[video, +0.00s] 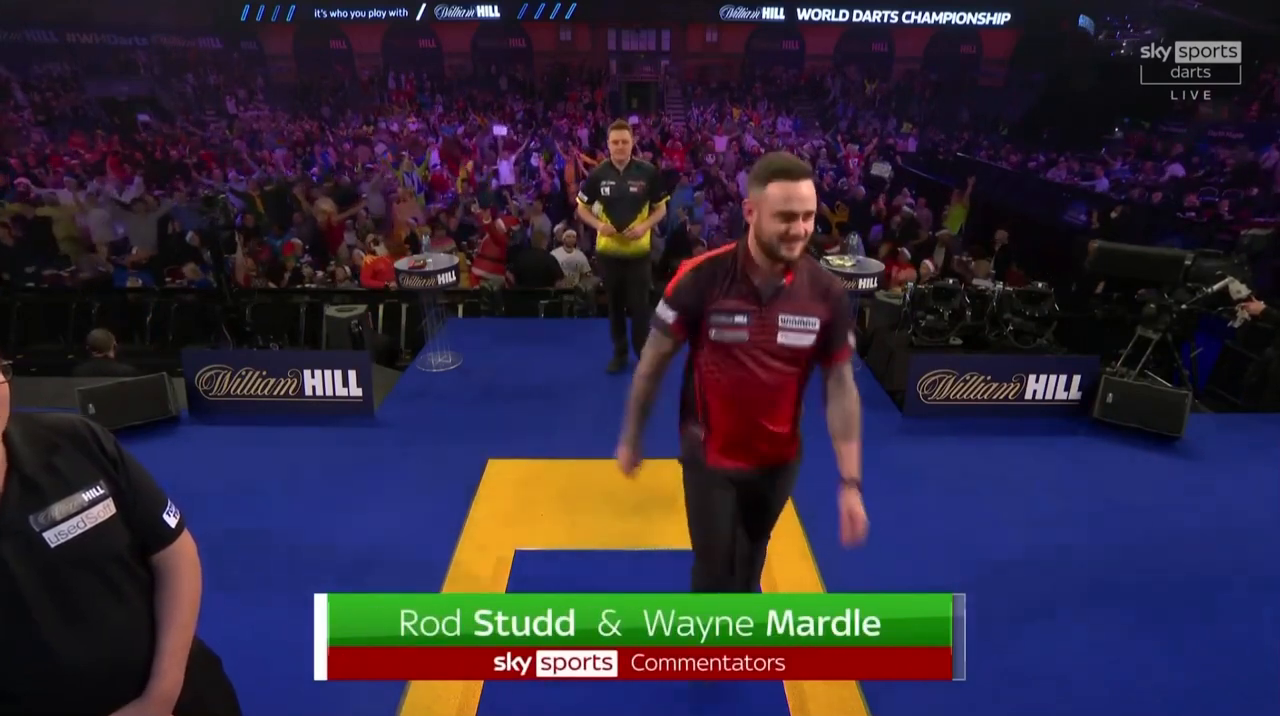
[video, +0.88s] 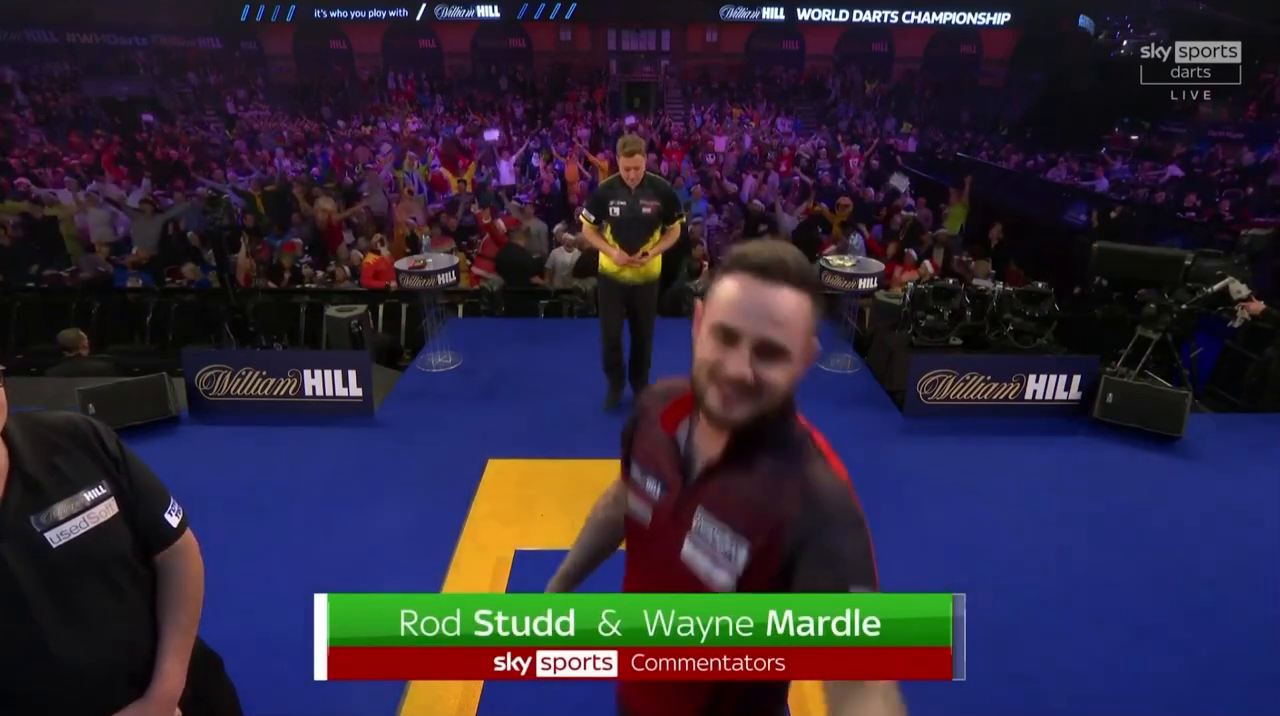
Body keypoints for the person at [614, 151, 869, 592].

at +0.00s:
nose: (799, 229)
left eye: (808, 217)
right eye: (786, 217)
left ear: (816, 213)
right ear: (750, 211)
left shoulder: (827, 294)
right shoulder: (700, 281)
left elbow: (841, 385)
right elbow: (653, 359)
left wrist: (851, 483)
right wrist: (631, 437)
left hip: (777, 459)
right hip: (711, 456)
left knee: (748, 570)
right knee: (717, 575)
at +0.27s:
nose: (773, 257)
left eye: (786, 243)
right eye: (758, 241)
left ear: (798, 248)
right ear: (723, 241)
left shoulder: (824, 336)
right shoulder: (681, 320)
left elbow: (854, 441)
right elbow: (639, 388)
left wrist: (864, 550)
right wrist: (606, 459)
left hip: (776, 528)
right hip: (698, 524)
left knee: (747, 623)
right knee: (703, 656)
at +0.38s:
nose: (750, 265)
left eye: (765, 251)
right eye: (734, 249)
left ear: (783, 261)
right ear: (702, 254)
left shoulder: (817, 352)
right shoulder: (664, 338)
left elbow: (853, 468)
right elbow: (637, 412)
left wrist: (852, 580)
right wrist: (616, 497)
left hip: (771, 565)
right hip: (683, 559)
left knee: (770, 665)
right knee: (694, 689)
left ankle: (770, 676)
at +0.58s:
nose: (733, 279)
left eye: (752, 263)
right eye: (717, 260)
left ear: (777, 265)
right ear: (688, 258)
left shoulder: (815, 372)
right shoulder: (650, 348)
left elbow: (861, 515)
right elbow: (630, 448)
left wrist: (841, 644)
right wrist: (612, 550)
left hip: (762, 608)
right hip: (668, 594)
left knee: (752, 706)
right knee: (688, 703)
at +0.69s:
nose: (729, 302)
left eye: (752, 286)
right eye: (714, 279)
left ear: (781, 290)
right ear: (684, 274)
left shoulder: (810, 407)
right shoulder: (648, 362)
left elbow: (864, 559)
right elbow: (622, 463)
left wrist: (840, 669)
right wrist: (593, 565)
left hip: (749, 643)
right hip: (653, 624)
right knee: (677, 705)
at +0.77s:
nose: (730, 326)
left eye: (754, 309)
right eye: (715, 301)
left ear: (787, 311)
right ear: (687, 292)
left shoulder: (811, 438)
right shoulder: (650, 379)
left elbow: (865, 611)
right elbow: (621, 474)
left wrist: (850, 698)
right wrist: (573, 579)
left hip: (737, 687)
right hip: (650, 665)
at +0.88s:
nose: (739, 369)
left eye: (769, 353)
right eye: (726, 337)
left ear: (807, 359)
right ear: (697, 322)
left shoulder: (817, 503)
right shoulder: (656, 409)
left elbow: (860, 685)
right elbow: (627, 498)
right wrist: (555, 592)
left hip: (736, 707)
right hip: (634, 693)